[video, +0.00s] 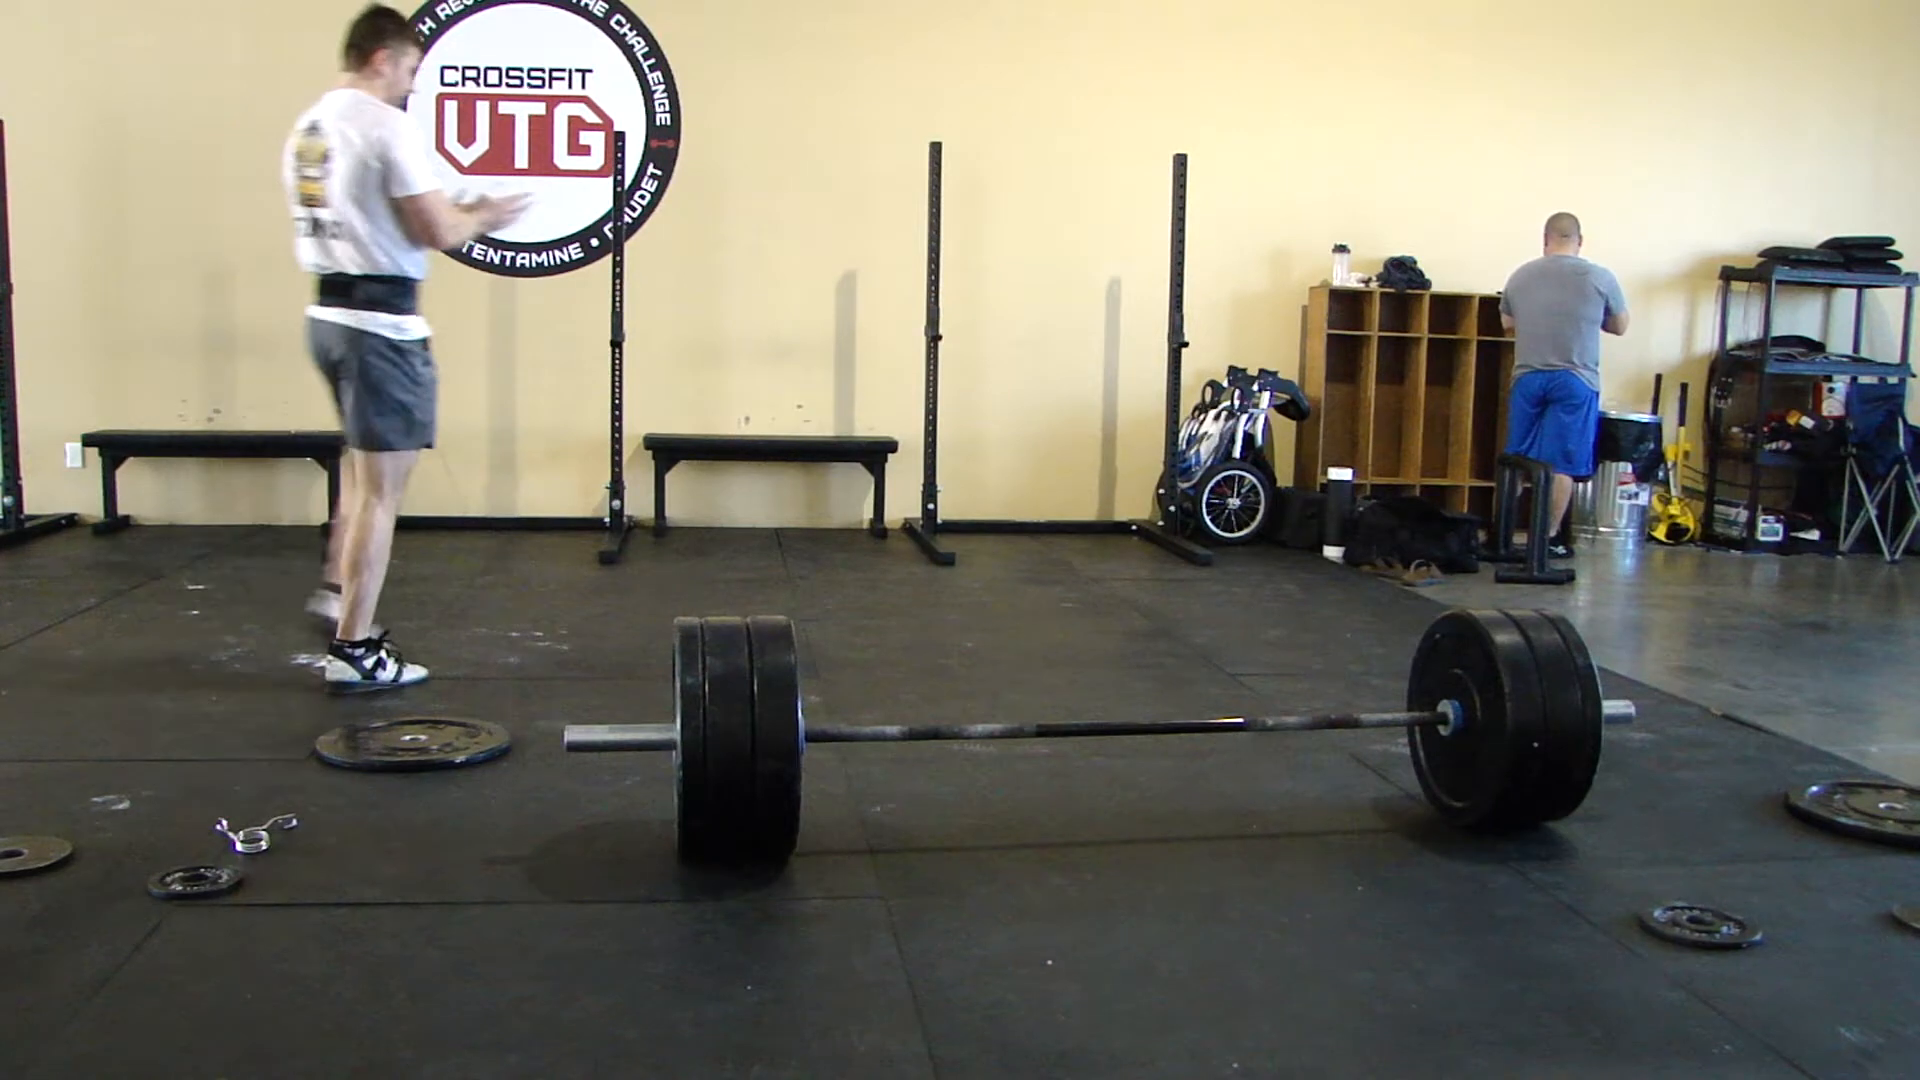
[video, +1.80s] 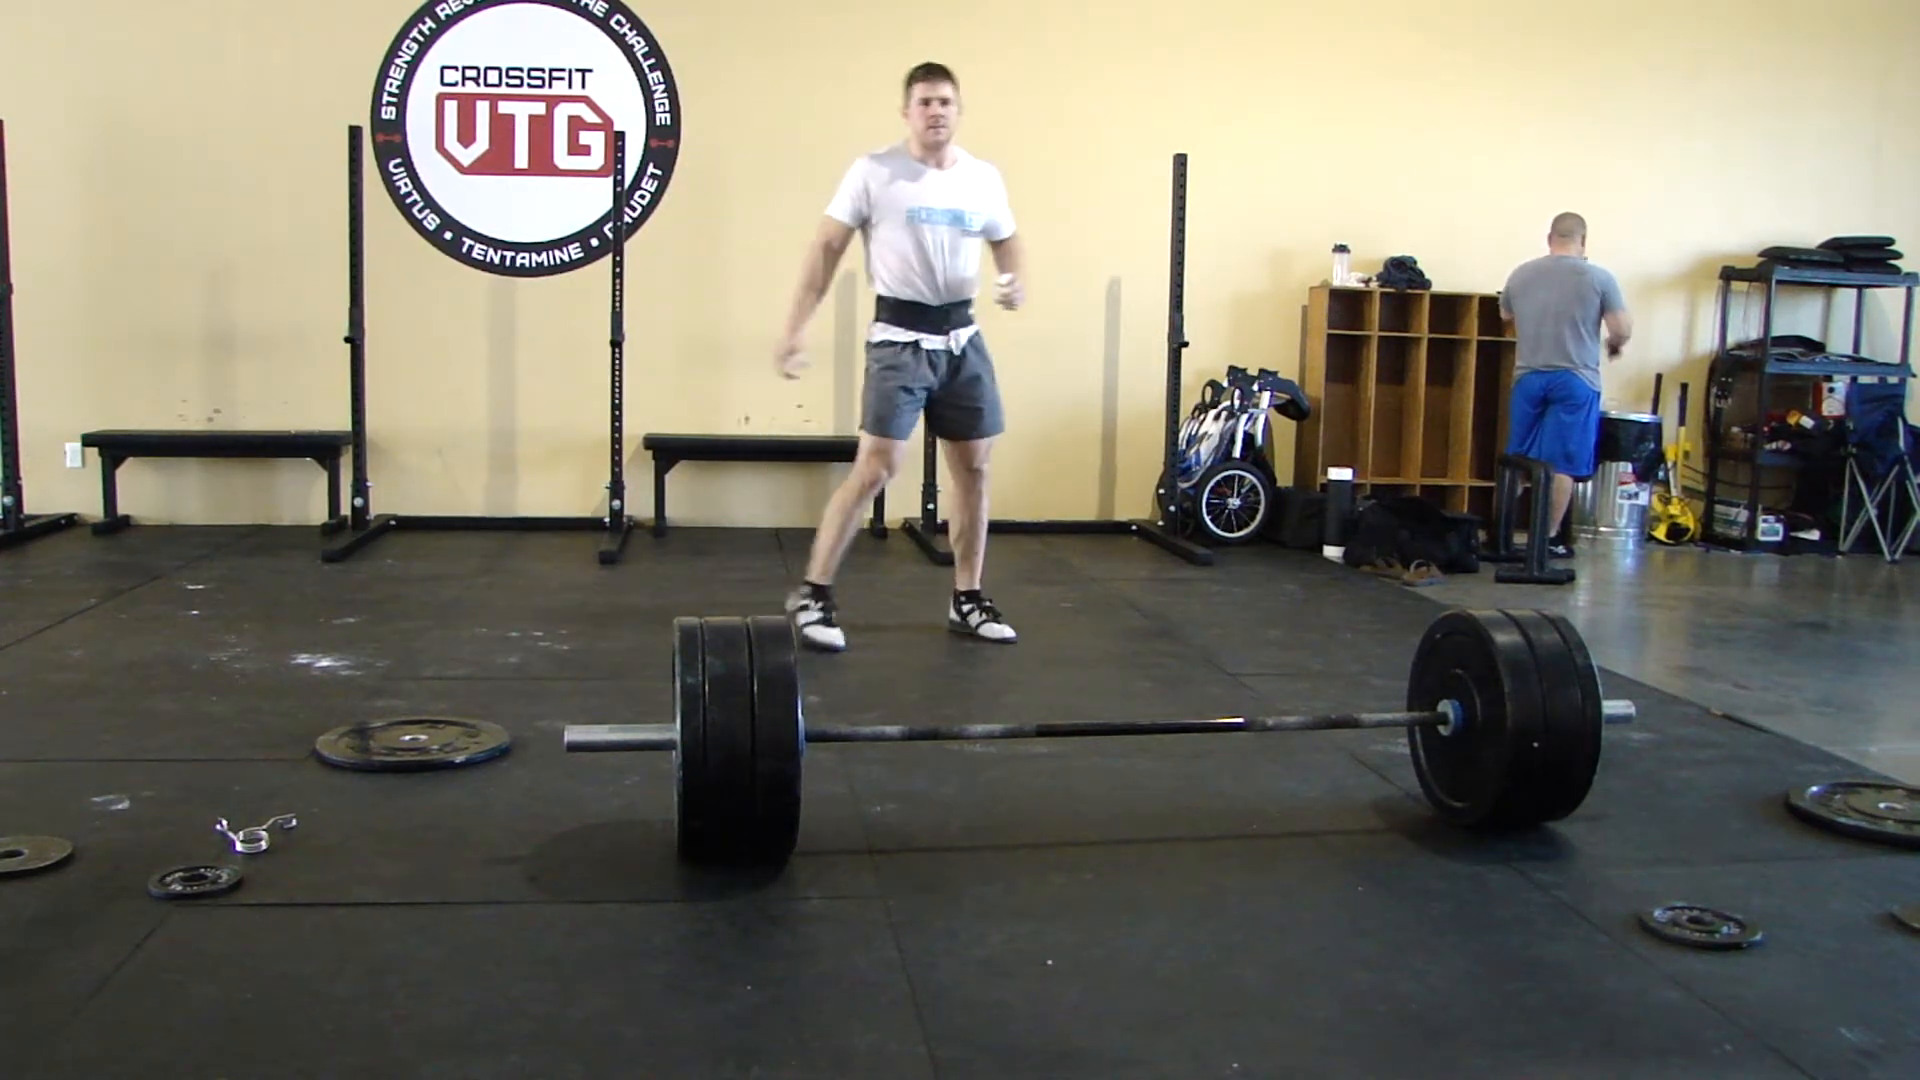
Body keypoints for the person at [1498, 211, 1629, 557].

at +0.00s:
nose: (1564, 245)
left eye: (1549, 238)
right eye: (1577, 240)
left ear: (1545, 239)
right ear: (1580, 241)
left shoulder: (1520, 275)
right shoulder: (1598, 276)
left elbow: (1509, 324)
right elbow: (1619, 326)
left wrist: (1543, 315)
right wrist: (1582, 313)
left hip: (1527, 378)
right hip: (1575, 379)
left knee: (1516, 460)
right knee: (1562, 466)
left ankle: (1502, 536)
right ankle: (1546, 540)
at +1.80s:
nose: (1582, 247)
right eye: (1584, 242)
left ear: (1549, 239)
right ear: (1583, 241)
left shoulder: (1521, 274)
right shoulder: (1597, 276)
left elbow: (1507, 316)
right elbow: (1621, 328)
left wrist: (1536, 316)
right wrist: (1615, 344)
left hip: (1528, 378)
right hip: (1576, 380)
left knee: (1516, 460)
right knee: (1562, 466)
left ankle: (1501, 535)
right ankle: (1547, 540)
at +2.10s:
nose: (1583, 247)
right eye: (1585, 242)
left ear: (1550, 239)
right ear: (1584, 241)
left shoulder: (1521, 274)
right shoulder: (1598, 277)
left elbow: (1509, 311)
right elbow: (1615, 330)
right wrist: (1624, 374)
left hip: (1528, 379)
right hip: (1576, 381)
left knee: (1519, 461)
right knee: (1564, 466)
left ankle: (1502, 534)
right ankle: (1548, 539)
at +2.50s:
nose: (1585, 244)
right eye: (1585, 240)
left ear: (1550, 239)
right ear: (1586, 241)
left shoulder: (1523, 272)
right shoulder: (1599, 277)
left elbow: (1511, 299)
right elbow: (1616, 331)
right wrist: (1628, 377)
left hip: (1529, 379)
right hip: (1577, 382)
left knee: (1520, 461)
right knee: (1564, 466)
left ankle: (1501, 533)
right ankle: (1548, 539)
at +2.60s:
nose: (1584, 244)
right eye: (1585, 239)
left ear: (1550, 239)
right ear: (1586, 240)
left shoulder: (1524, 271)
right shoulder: (1600, 277)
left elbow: (1512, 289)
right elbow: (1616, 332)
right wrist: (1628, 376)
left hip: (1530, 379)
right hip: (1577, 382)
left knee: (1519, 461)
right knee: (1565, 465)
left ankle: (1502, 534)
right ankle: (1548, 538)